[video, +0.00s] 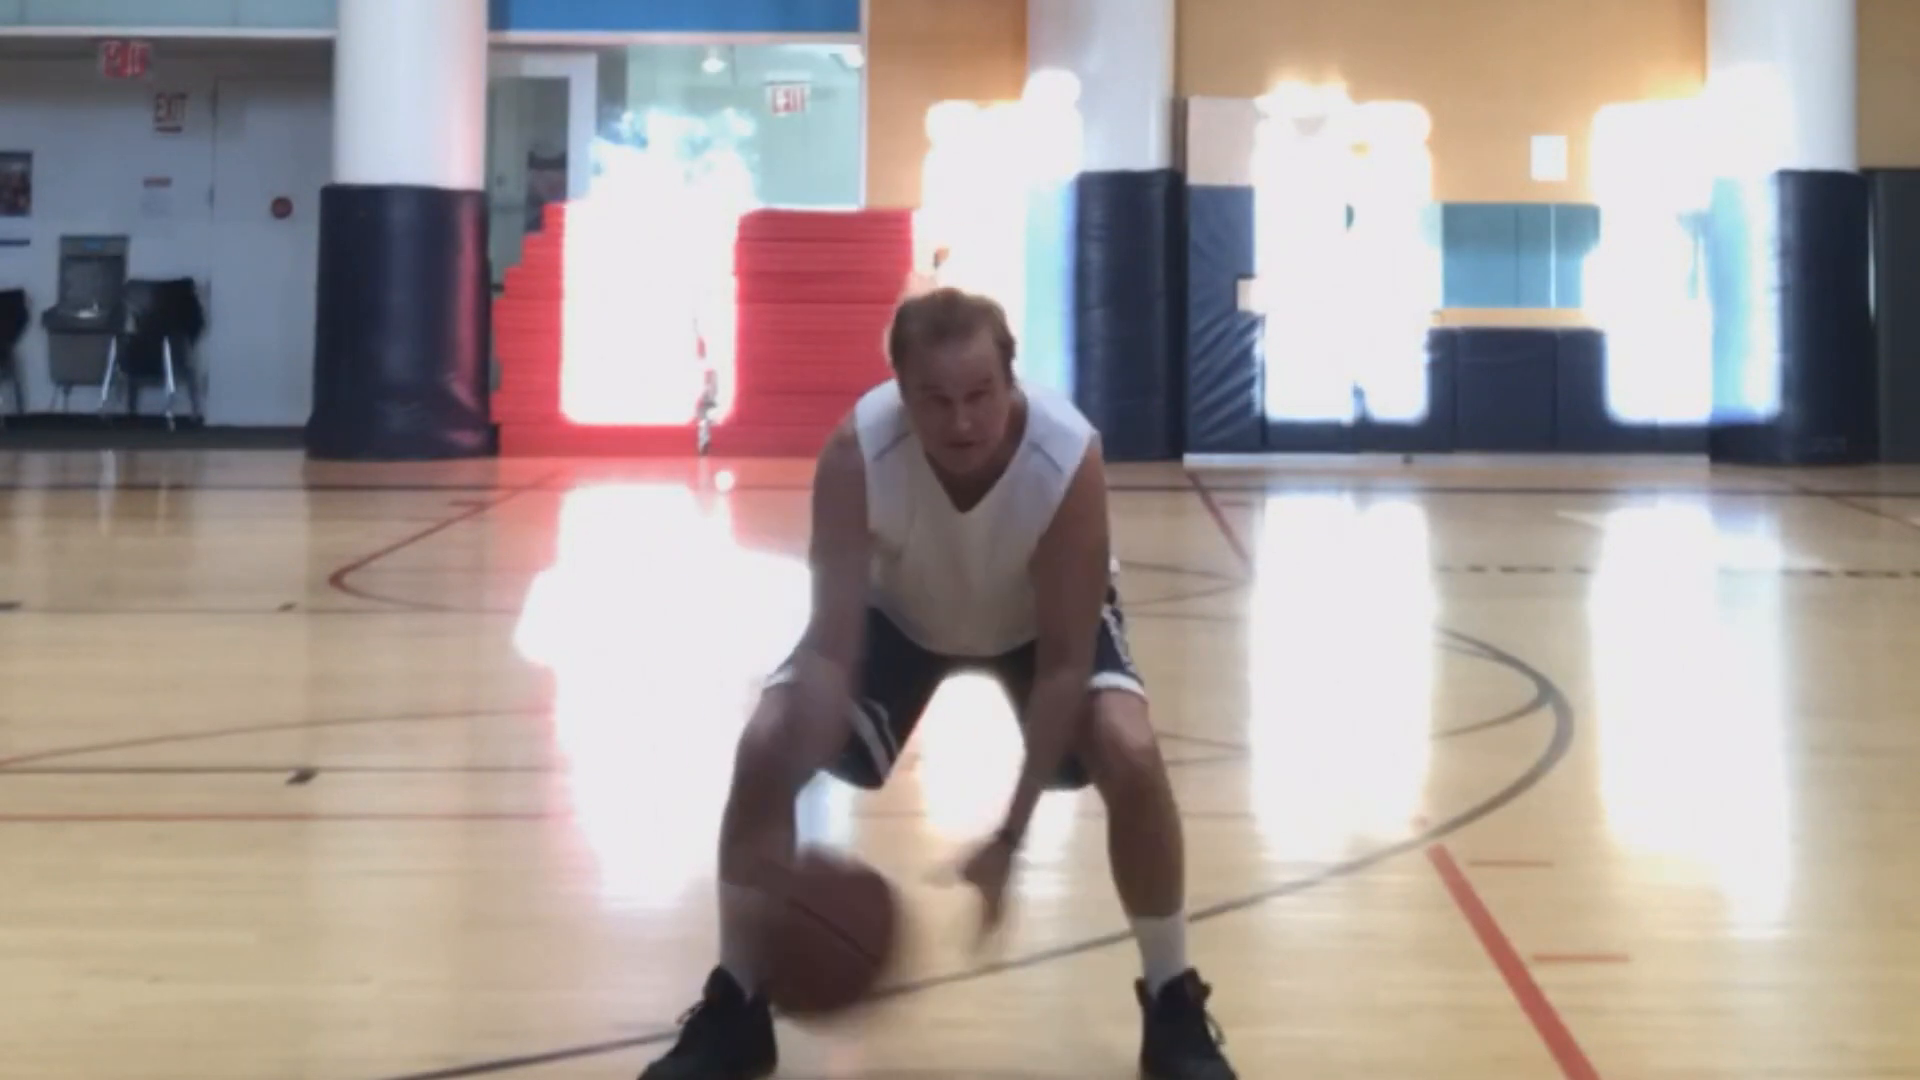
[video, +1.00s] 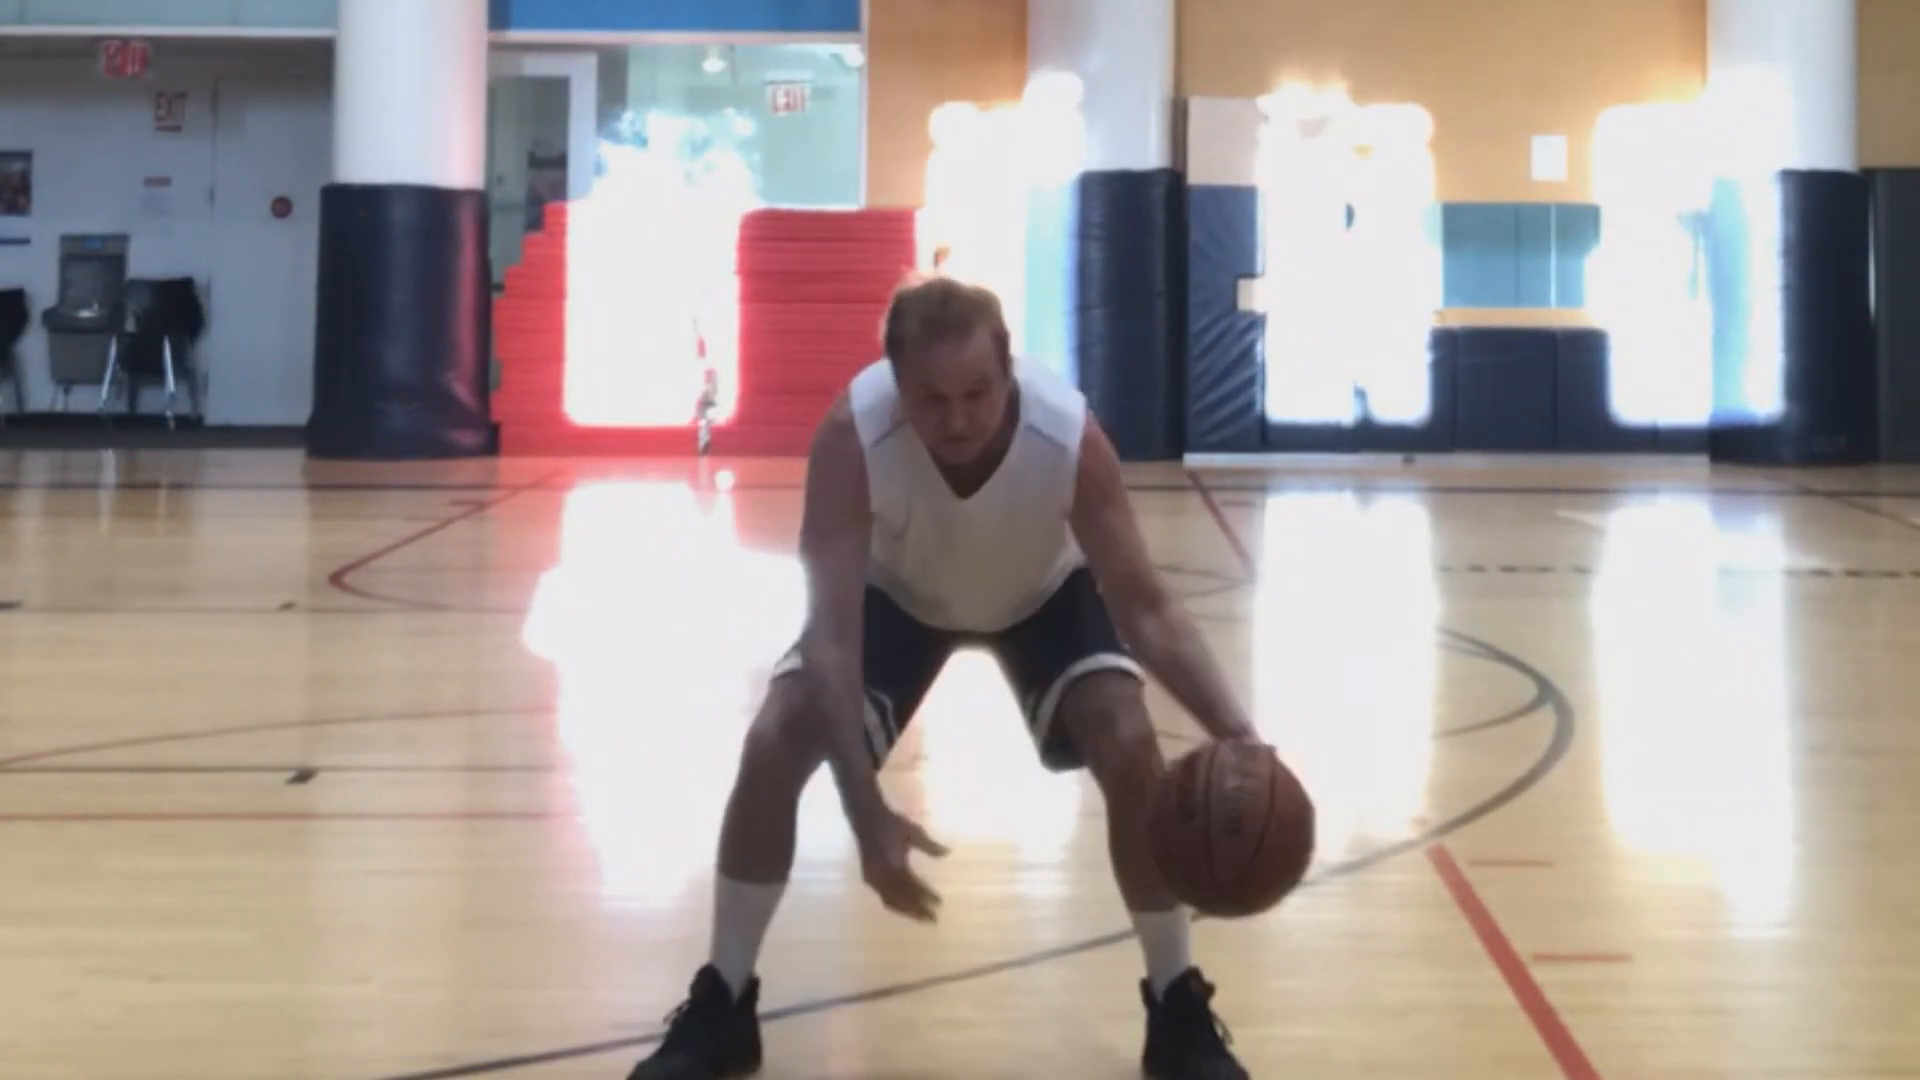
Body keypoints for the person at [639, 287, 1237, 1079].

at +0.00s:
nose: (961, 422)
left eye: (980, 395)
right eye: (936, 400)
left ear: (1011, 374)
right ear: (901, 386)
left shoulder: (1066, 454)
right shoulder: (857, 455)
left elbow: (1065, 661)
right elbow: (830, 646)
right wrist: (792, 835)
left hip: (1041, 623)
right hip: (899, 622)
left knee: (1133, 758)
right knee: (765, 750)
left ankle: (1174, 1007)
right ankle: (735, 1010)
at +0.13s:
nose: (981, 432)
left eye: (1000, 406)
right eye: (958, 409)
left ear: (1035, 391)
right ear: (925, 394)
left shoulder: (1086, 463)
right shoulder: (873, 451)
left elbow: (1077, 656)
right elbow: (791, 626)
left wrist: (1003, 818)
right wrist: (705, 790)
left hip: (1048, 615)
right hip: (899, 609)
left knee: (1146, 749)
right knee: (774, 756)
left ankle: (1175, 1007)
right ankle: (731, 1010)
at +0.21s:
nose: (1013, 470)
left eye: (1040, 451)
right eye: (997, 443)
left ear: (1074, 446)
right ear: (970, 423)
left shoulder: (1110, 527)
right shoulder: (900, 481)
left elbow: (1143, 728)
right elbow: (824, 676)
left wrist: (1167, 900)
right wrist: (876, 847)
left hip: (1057, 652)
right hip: (908, 646)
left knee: (1185, 743)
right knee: (760, 758)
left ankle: (1173, 986)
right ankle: (730, 1007)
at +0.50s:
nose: (1009, 476)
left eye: (1032, 454)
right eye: (988, 454)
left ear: (1062, 428)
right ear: (953, 425)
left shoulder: (1097, 466)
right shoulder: (891, 449)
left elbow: (1148, 648)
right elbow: (845, 639)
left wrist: (1078, 815)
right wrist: (894, 773)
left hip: (1045, 609)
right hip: (900, 608)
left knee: (1150, 743)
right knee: (765, 755)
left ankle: (1174, 1009)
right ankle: (729, 1008)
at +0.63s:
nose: (926, 487)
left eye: (943, 459)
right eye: (900, 467)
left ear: (978, 440)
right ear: (869, 460)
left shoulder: (1049, 504)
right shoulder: (841, 530)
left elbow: (1097, 688)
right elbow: (800, 731)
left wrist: (985, 827)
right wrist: (813, 914)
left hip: (1037, 670)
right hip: (896, 665)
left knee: (1129, 782)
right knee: (747, 759)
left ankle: (1168, 1015)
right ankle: (724, 1011)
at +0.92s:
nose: (938, 448)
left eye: (958, 424)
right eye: (916, 428)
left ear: (996, 392)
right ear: (886, 407)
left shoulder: (1056, 441)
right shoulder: (843, 438)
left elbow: (1086, 624)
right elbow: (815, 629)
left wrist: (1030, 786)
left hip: (1032, 598)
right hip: (890, 595)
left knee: (1126, 748)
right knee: (770, 743)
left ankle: (1175, 1002)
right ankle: (724, 1003)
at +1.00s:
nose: (958, 420)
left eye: (977, 394)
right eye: (934, 401)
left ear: (1007, 369)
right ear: (899, 385)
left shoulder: (1067, 437)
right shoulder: (851, 441)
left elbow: (1145, 605)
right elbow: (832, 644)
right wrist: (867, 815)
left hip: (1045, 594)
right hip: (900, 595)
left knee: (1127, 743)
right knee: (774, 742)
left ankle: (1179, 1011)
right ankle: (722, 1006)